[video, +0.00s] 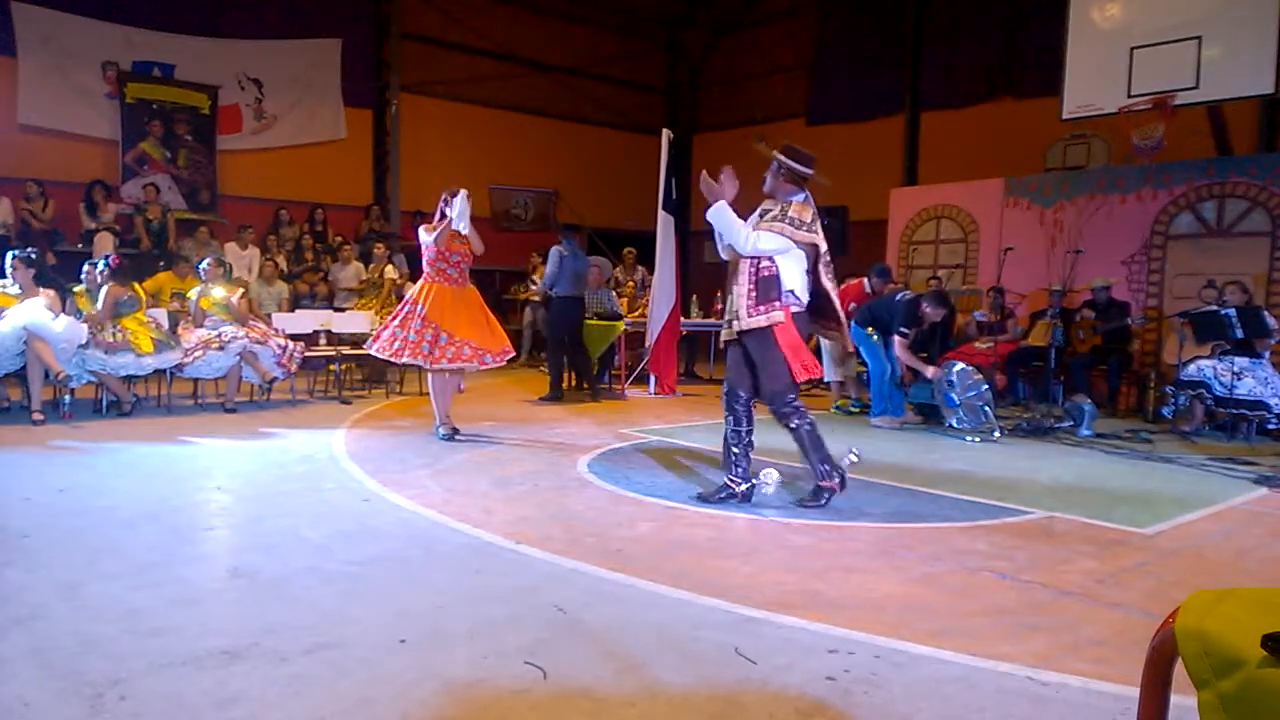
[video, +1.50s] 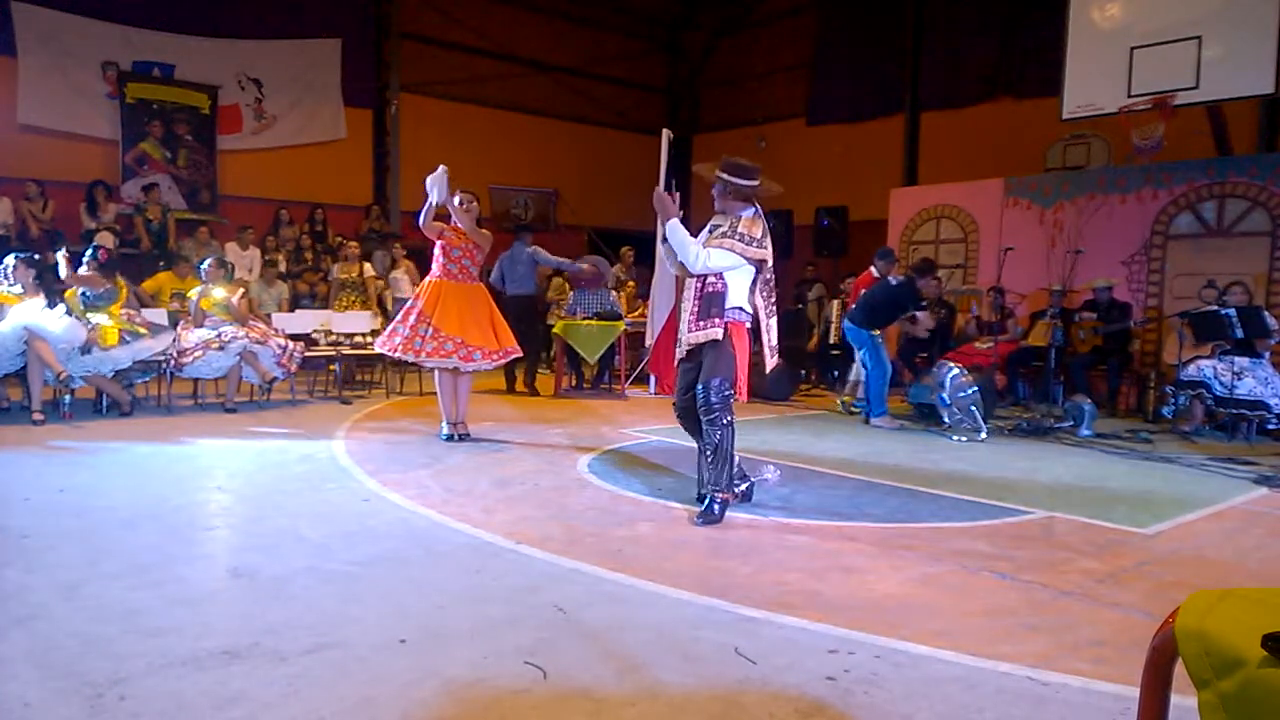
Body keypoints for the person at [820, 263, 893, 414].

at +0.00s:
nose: (884, 288)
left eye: (886, 284)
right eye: (883, 283)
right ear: (873, 279)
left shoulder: (876, 294)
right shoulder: (855, 291)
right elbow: (839, 316)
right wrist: (845, 340)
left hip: (849, 328)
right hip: (831, 326)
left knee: (851, 365)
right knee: (835, 365)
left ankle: (855, 398)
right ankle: (837, 400)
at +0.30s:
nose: (889, 285)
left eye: (891, 281)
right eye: (887, 280)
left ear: (880, 277)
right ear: (877, 277)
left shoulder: (873, 289)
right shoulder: (861, 289)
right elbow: (847, 317)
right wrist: (847, 345)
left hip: (849, 324)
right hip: (832, 324)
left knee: (852, 364)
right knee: (837, 363)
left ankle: (856, 398)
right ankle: (837, 400)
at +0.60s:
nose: (890, 279)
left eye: (892, 276)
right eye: (888, 275)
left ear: (885, 273)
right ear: (878, 271)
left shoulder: (878, 287)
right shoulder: (863, 285)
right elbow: (857, 311)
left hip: (855, 325)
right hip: (838, 323)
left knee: (859, 362)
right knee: (840, 361)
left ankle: (859, 397)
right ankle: (838, 399)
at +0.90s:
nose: (892, 275)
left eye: (894, 270)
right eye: (890, 270)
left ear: (891, 270)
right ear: (879, 268)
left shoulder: (884, 285)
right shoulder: (863, 283)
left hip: (862, 326)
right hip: (845, 325)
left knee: (863, 363)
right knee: (848, 362)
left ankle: (859, 398)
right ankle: (841, 398)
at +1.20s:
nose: (892, 271)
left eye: (893, 267)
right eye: (889, 266)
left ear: (892, 265)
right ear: (879, 264)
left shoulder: (884, 282)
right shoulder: (864, 282)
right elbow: (851, 308)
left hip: (871, 326)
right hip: (856, 326)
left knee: (867, 362)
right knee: (854, 361)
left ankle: (860, 397)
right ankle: (844, 396)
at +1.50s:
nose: (892, 269)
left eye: (893, 265)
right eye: (889, 264)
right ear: (879, 262)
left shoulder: (884, 280)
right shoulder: (864, 281)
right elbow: (857, 307)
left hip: (874, 325)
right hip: (861, 326)